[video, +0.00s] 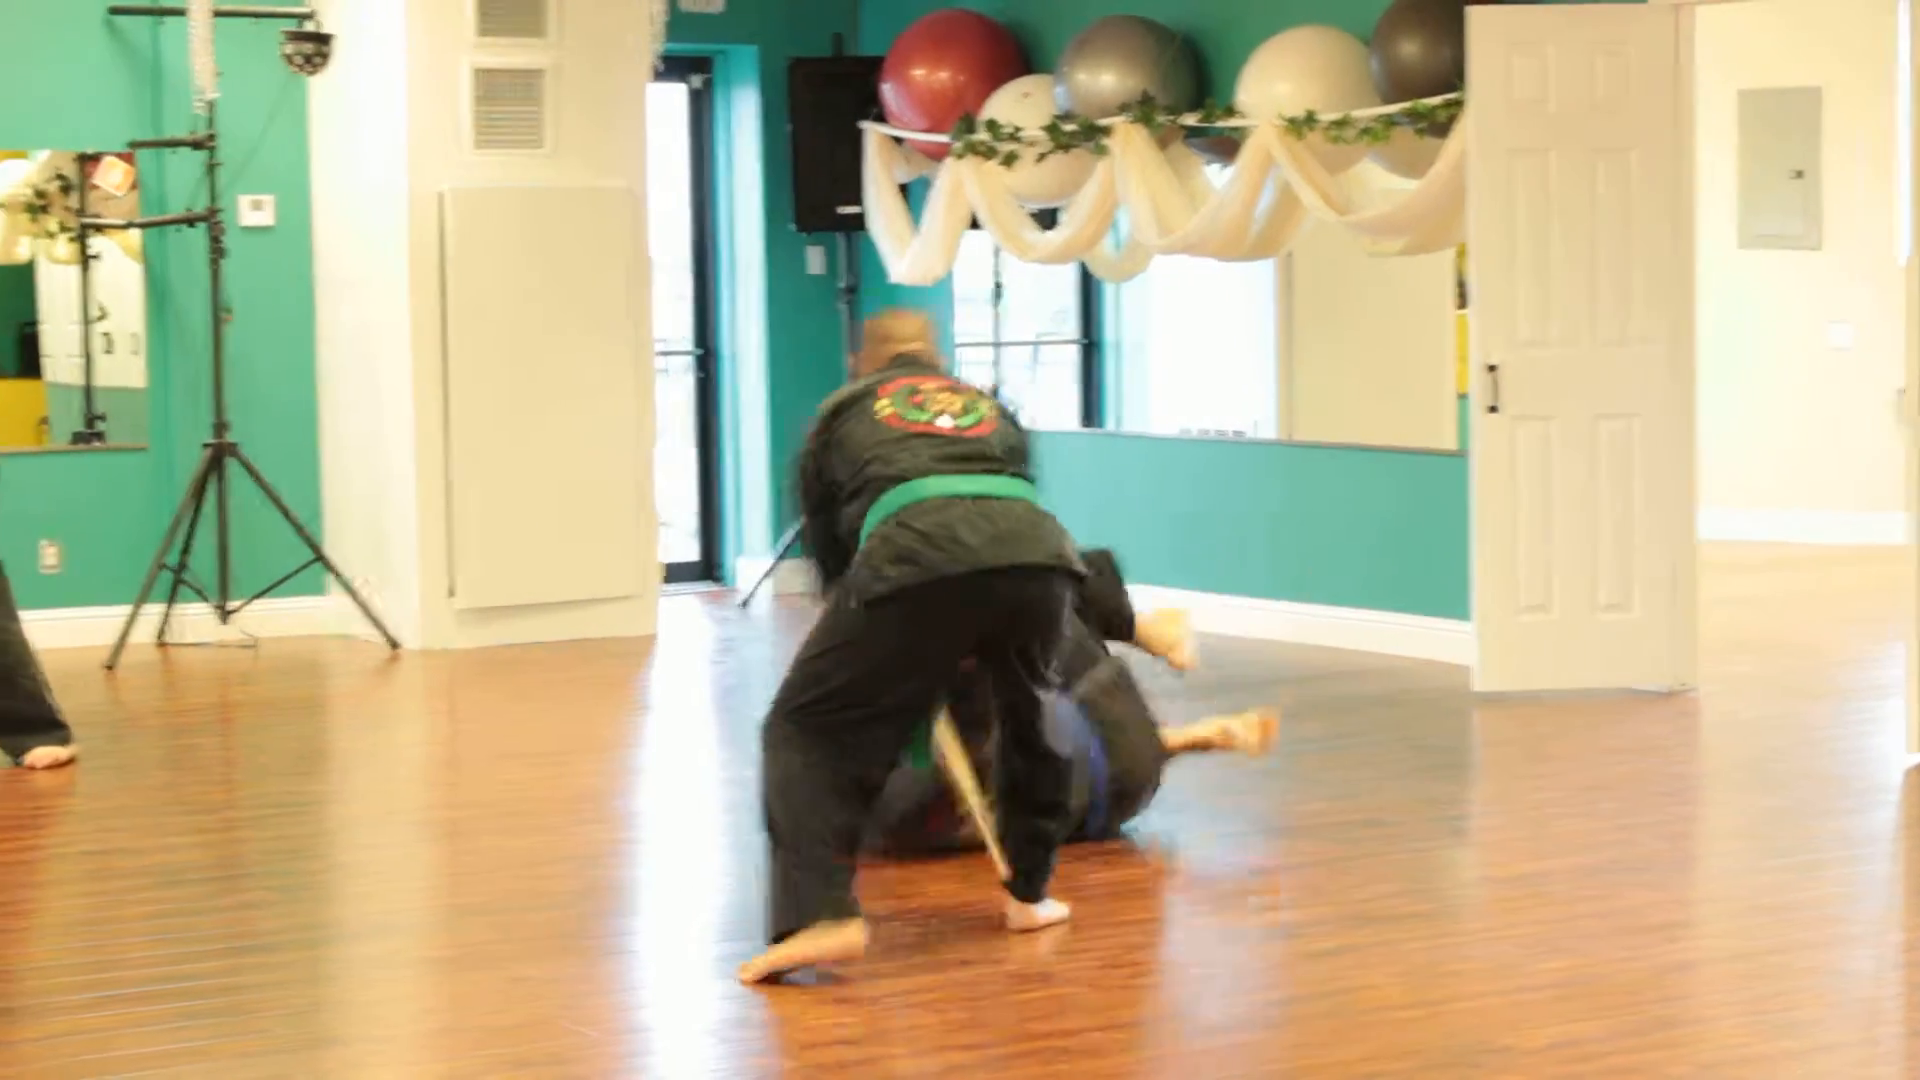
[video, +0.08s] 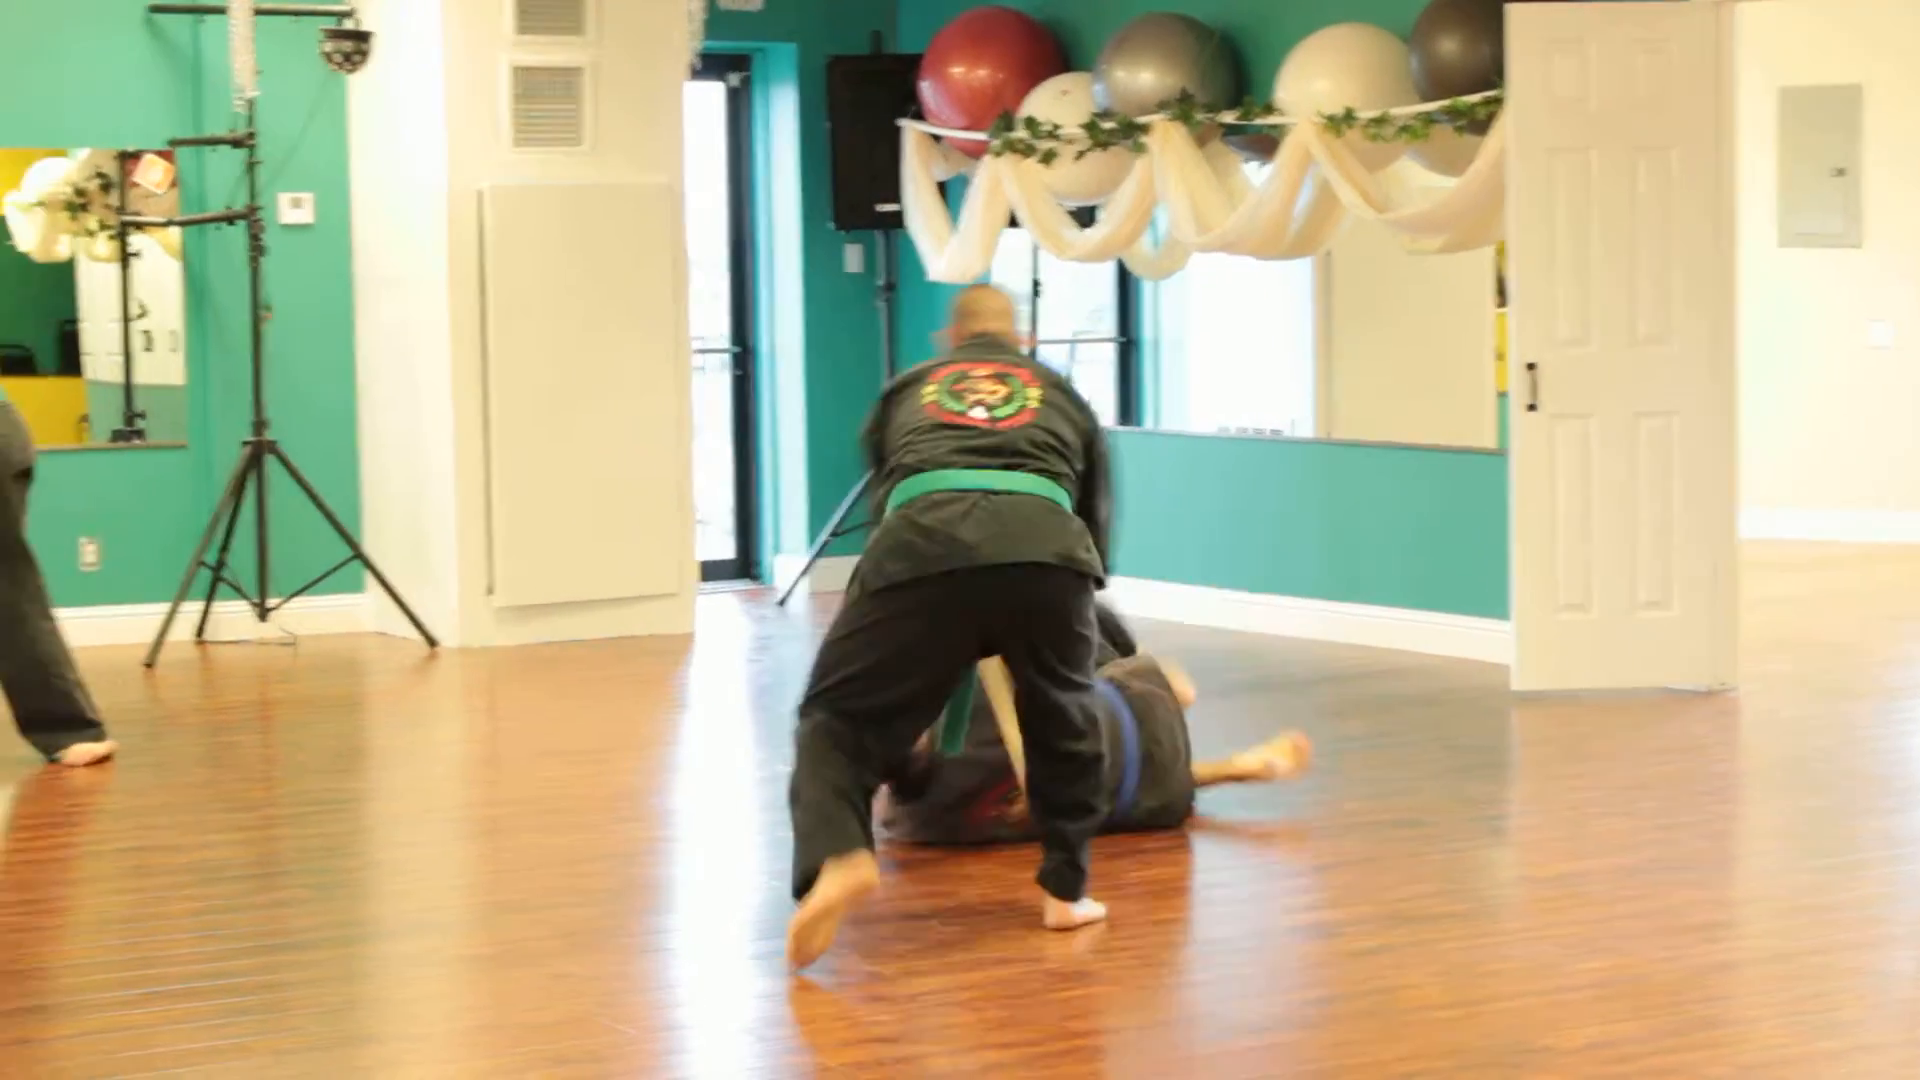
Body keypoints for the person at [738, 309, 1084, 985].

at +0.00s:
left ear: (863, 366)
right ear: (935, 359)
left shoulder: (836, 420)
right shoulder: (990, 408)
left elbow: (835, 561)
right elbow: (1013, 511)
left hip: (914, 566)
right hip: (1033, 558)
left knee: (806, 728)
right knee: (1027, 710)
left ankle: (824, 914)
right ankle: (1030, 890)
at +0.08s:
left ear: (951, 338)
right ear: (1021, 339)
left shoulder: (907, 387)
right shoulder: (1066, 397)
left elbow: (887, 495)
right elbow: (1093, 521)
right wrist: (1075, 595)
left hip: (923, 546)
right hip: (1045, 551)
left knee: (837, 714)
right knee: (1063, 704)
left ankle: (840, 852)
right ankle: (1065, 887)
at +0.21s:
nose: (1098, 328)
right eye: (1096, 320)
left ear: (1013, 317)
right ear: (1090, 325)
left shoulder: (948, 359)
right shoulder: (1116, 385)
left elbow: (924, 455)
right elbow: (1127, 537)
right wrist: (1091, 555)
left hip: (896, 525)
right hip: (1016, 532)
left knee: (880, 682)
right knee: (1075, 703)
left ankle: (836, 809)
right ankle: (1089, 886)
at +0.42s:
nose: (1095, 302)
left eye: (1095, 293)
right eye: (1095, 292)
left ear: (1018, 282)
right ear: (1083, 289)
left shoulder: (967, 336)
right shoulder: (1074, 338)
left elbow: (957, 450)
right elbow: (1133, 463)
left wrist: (1042, 540)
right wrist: (1125, 523)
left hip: (856, 526)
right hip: (951, 528)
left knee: (885, 654)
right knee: (1086, 676)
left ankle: (835, 833)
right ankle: (1083, 875)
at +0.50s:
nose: (1079, 298)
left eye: (1077, 289)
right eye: (1078, 288)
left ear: (999, 279)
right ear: (1067, 284)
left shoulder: (949, 336)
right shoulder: (1045, 320)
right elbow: (1132, 391)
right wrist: (1170, 491)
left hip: (862, 532)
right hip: (956, 534)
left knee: (886, 653)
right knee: (1074, 688)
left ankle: (841, 832)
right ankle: (1085, 871)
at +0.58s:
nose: (1049, 273)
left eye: (1044, 263)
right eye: (1045, 262)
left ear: (969, 268)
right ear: (1035, 264)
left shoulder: (911, 327)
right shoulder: (1043, 295)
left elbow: (834, 444)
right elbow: (1143, 316)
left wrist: (896, 520)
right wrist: (1190, 388)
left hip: (892, 528)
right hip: (998, 523)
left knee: (875, 654)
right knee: (1069, 691)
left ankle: (844, 827)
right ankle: (1096, 867)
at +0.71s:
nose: (872, 273)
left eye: (873, 264)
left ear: (879, 266)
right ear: (957, 251)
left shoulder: (855, 331)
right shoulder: (1023, 280)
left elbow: (818, 457)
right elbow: (1140, 275)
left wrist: (794, 467)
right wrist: (1194, 293)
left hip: (954, 524)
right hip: (1063, 511)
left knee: (876, 658)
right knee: (1082, 680)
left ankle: (921, 823)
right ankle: (1172, 761)